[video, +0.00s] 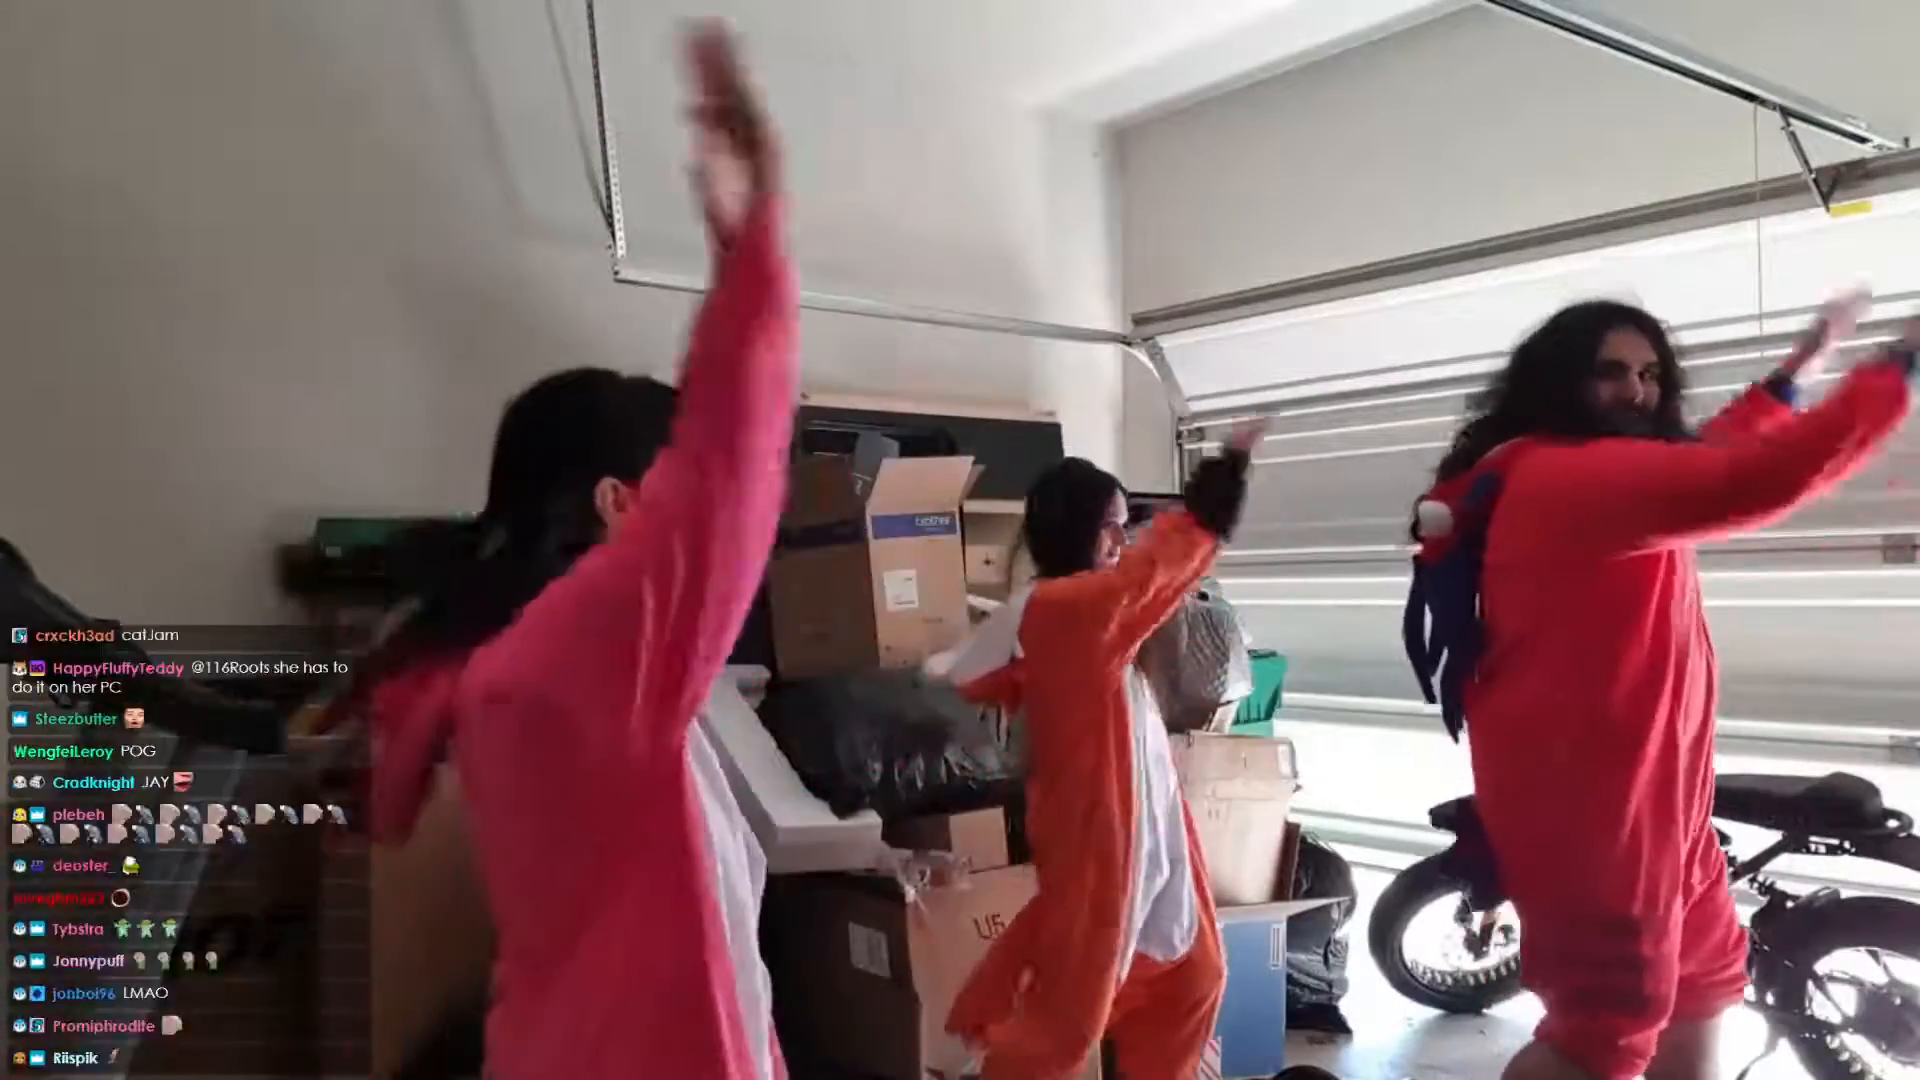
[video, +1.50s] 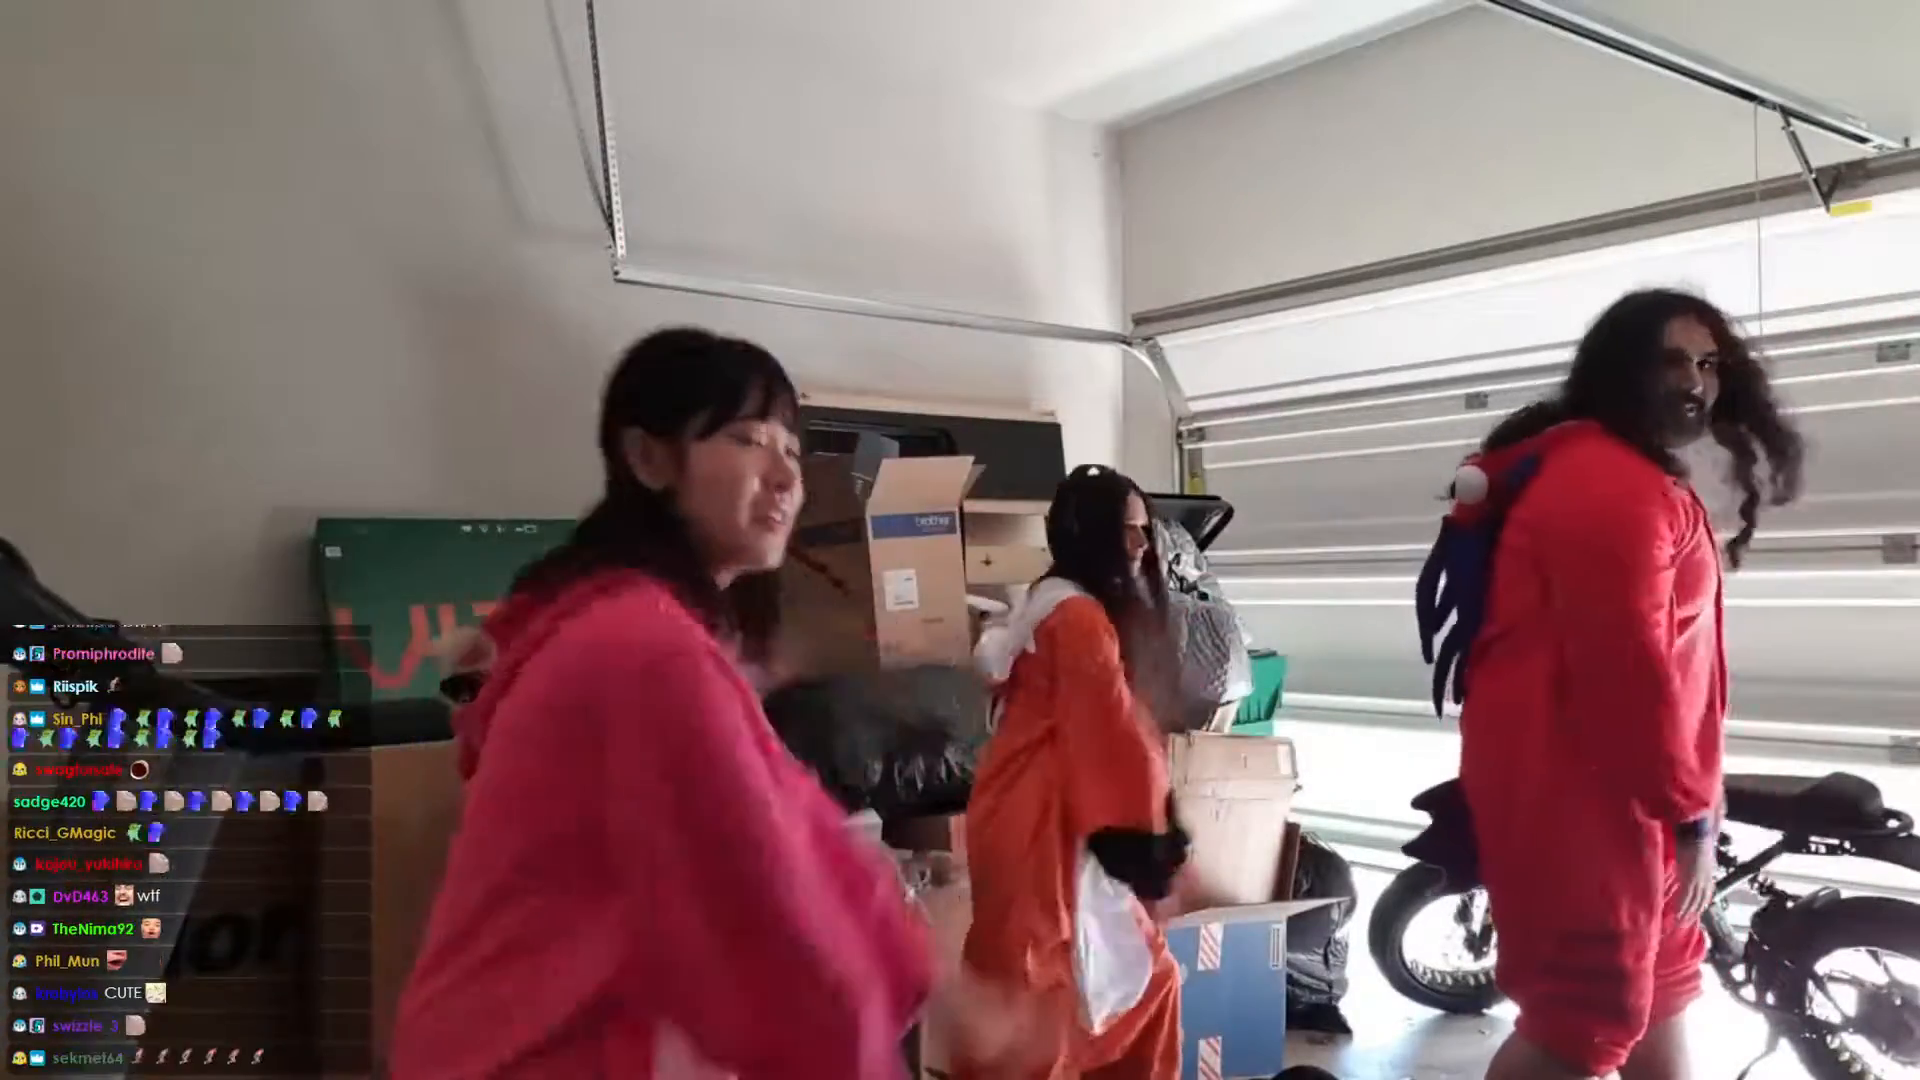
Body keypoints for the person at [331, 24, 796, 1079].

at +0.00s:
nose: (687, 511)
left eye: (689, 483)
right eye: (673, 480)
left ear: (587, 508)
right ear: (617, 504)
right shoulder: (561, 674)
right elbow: (731, 469)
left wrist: (744, 243)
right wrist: (754, 230)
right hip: (633, 1058)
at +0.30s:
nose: (793, 449)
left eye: (786, 417)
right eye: (767, 413)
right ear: (669, 437)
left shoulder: (663, 600)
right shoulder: (600, 601)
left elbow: (854, 679)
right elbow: (837, 674)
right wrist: (1081, 686)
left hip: (652, 1036)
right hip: (562, 1042)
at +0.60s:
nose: (758, 483)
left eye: (771, 455)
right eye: (715, 451)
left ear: (790, 479)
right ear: (627, 482)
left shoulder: (693, 653)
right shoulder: (621, 674)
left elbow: (785, 876)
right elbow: (728, 926)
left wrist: (879, 1044)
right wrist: (866, 1049)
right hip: (532, 1062)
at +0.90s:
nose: (660, 485)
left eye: (669, 461)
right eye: (620, 463)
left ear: (685, 474)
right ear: (531, 503)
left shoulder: (617, 664)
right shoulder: (561, 665)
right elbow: (727, 473)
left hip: (697, 1055)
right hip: (616, 1059)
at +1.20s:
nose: (787, 458)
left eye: (796, 434)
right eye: (745, 429)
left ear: (808, 459)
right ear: (652, 459)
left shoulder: (667, 609)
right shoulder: (643, 613)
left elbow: (853, 747)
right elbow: (865, 716)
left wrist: (1073, 774)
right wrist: (1121, 745)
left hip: (602, 1023)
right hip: (531, 1033)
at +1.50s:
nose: (787, 473)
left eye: (792, 447)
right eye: (747, 439)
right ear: (650, 458)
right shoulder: (646, 645)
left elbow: (810, 833)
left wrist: (931, 982)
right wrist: (935, 999)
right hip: (536, 1054)